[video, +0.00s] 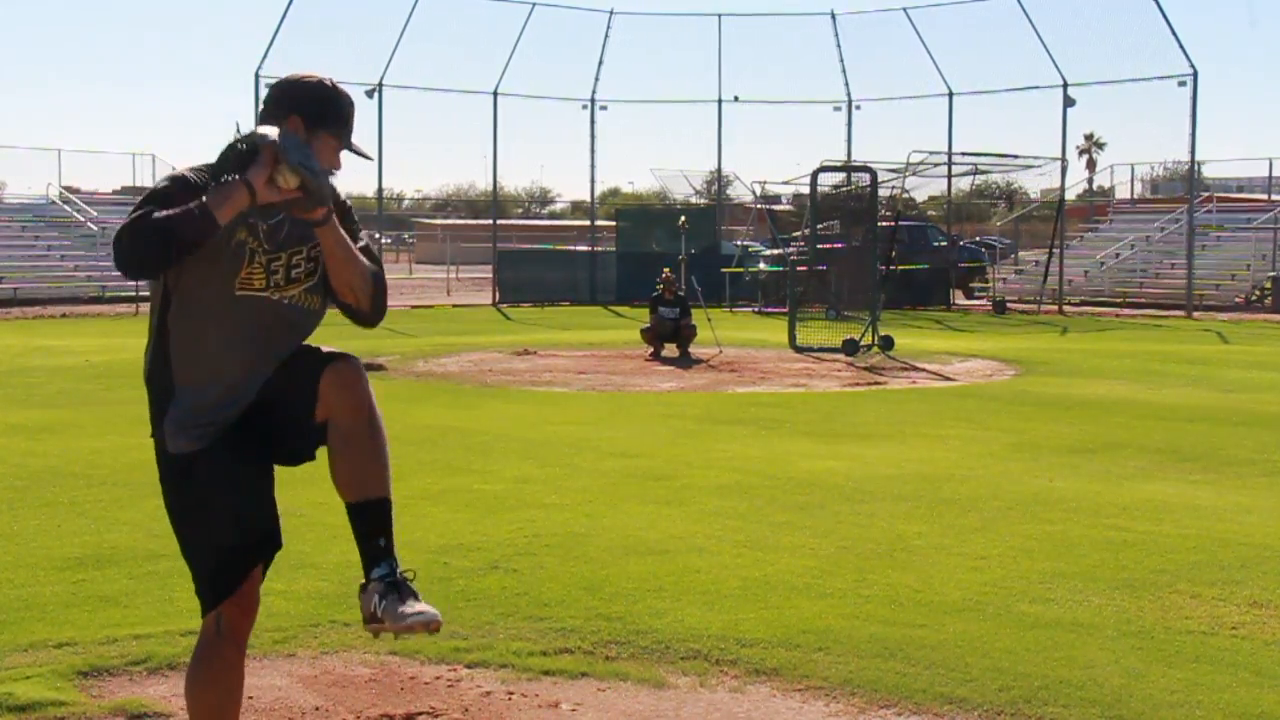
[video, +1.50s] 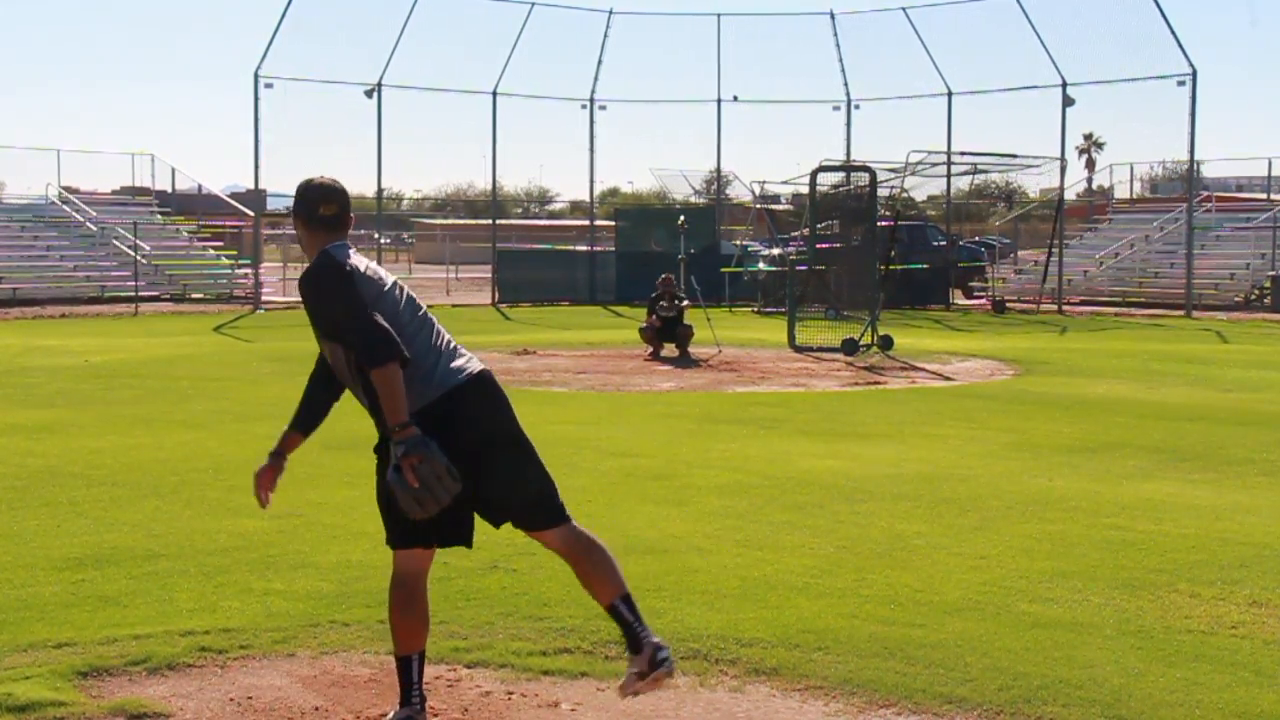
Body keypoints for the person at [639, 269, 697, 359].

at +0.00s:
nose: (669, 286)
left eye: (672, 283)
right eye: (666, 284)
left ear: (675, 285)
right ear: (662, 285)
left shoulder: (682, 299)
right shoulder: (655, 299)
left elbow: (687, 319)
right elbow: (653, 318)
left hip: (677, 328)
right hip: (661, 328)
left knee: (691, 329)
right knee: (645, 332)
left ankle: (683, 349)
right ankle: (657, 347)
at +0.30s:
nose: (669, 286)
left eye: (671, 283)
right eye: (666, 284)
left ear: (675, 285)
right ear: (662, 285)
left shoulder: (681, 299)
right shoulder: (655, 298)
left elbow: (686, 319)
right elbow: (653, 318)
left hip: (677, 327)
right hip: (661, 327)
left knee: (691, 329)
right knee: (645, 331)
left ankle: (683, 349)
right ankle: (656, 348)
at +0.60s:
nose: (668, 286)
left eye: (671, 283)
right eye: (665, 283)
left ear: (675, 285)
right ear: (661, 285)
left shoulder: (681, 299)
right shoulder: (654, 298)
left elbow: (686, 319)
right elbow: (652, 318)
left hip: (677, 328)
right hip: (660, 328)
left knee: (690, 329)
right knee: (645, 331)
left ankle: (683, 349)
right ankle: (656, 348)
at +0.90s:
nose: (667, 287)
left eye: (670, 283)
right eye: (664, 283)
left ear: (674, 285)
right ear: (660, 285)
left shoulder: (681, 299)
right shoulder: (654, 298)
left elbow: (686, 318)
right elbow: (651, 317)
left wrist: (675, 321)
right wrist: (656, 321)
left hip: (676, 326)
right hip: (660, 326)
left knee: (690, 329)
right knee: (645, 331)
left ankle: (683, 349)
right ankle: (657, 347)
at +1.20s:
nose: (667, 288)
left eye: (670, 285)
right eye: (665, 285)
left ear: (674, 286)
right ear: (660, 285)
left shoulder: (679, 298)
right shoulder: (655, 299)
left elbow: (689, 307)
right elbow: (650, 317)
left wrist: (687, 307)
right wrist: (654, 321)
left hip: (675, 327)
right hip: (660, 326)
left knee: (688, 329)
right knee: (646, 331)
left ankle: (683, 349)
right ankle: (656, 347)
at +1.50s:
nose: (667, 289)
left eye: (669, 286)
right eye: (664, 286)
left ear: (674, 286)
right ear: (659, 286)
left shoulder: (678, 297)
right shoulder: (654, 298)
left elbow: (687, 303)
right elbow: (648, 319)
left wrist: (680, 306)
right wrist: (654, 321)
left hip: (675, 328)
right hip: (660, 328)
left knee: (687, 329)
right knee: (645, 330)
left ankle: (683, 350)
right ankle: (656, 347)